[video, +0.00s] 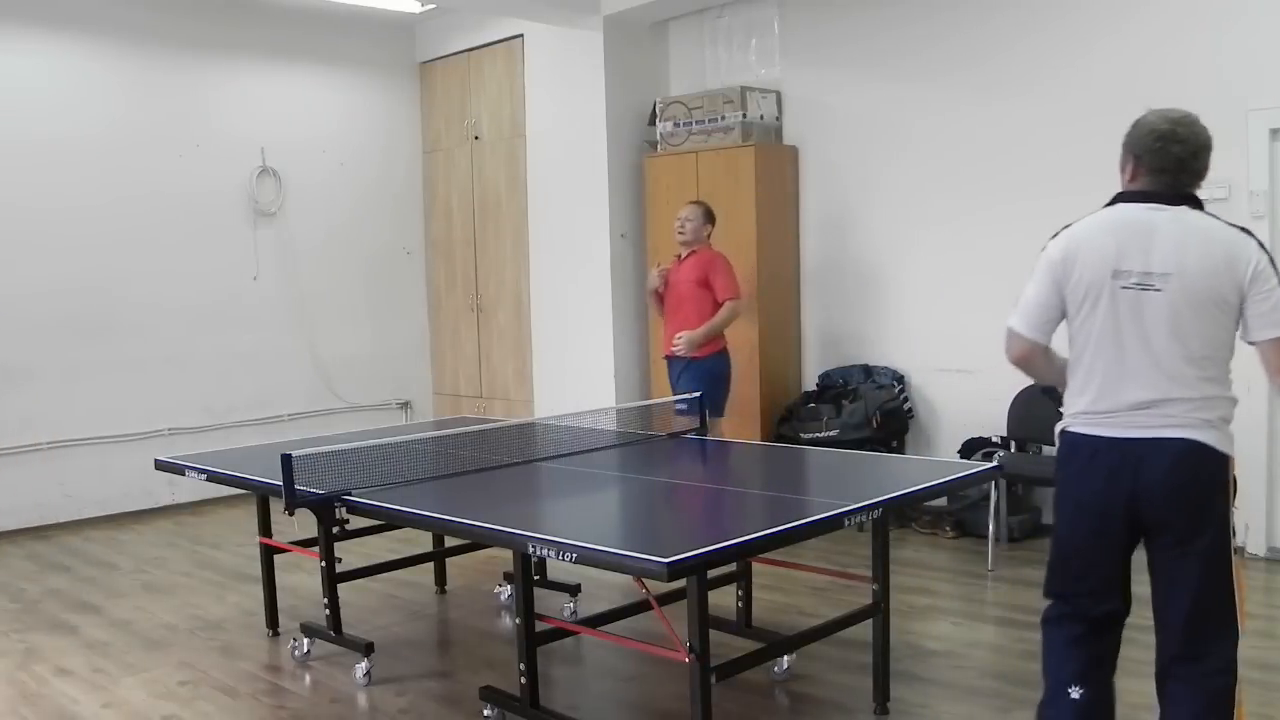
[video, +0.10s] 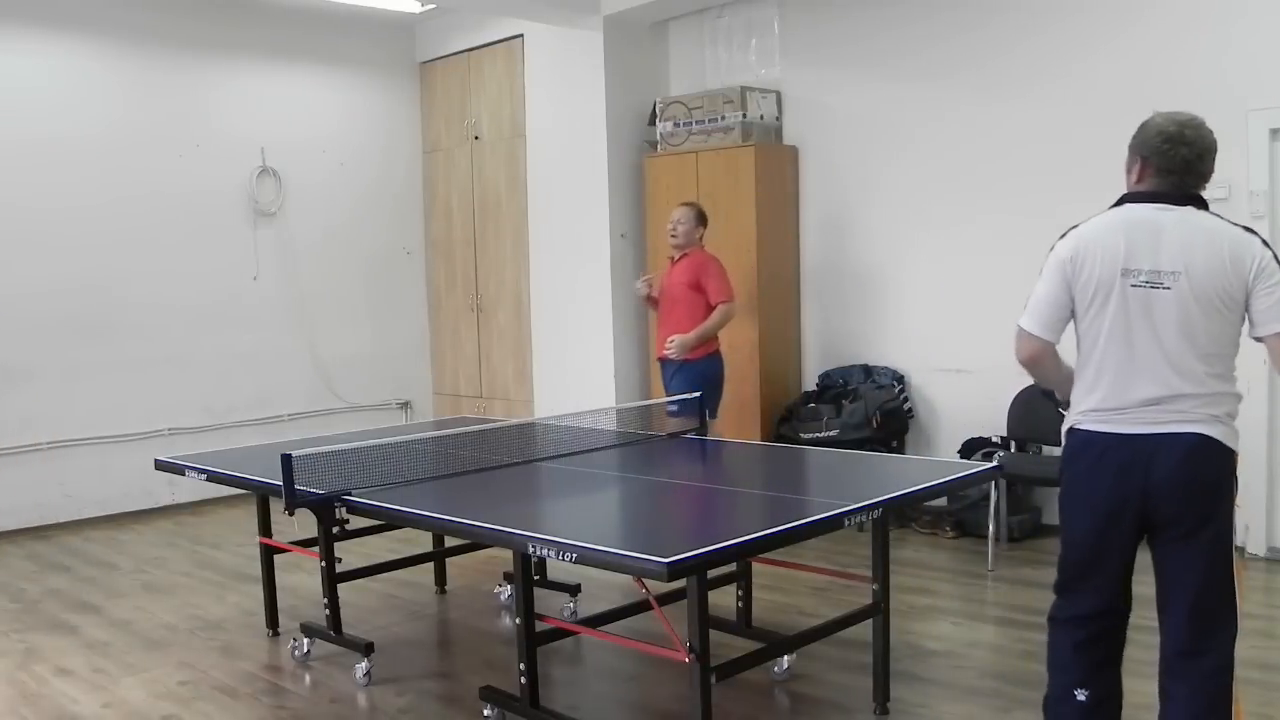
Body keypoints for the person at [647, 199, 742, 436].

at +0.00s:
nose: (680, 224)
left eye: (689, 220)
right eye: (678, 220)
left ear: (707, 229)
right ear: (674, 225)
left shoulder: (714, 260)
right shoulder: (674, 266)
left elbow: (733, 305)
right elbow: (667, 314)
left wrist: (699, 336)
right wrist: (653, 291)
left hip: (706, 361)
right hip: (677, 361)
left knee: (690, 433)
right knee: (707, 432)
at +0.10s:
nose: (672, 227)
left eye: (680, 222)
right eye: (670, 223)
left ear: (699, 231)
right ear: (666, 228)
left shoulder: (707, 263)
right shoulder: (673, 267)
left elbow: (727, 307)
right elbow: (669, 309)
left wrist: (691, 339)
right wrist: (649, 297)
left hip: (697, 364)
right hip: (672, 364)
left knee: (687, 440)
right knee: (687, 441)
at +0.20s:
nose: (663, 230)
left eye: (671, 225)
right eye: (661, 225)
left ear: (690, 234)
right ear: (658, 229)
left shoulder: (695, 265)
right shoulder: (669, 266)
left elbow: (715, 311)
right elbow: (666, 310)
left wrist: (675, 345)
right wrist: (644, 298)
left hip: (688, 369)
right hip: (668, 369)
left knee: (684, 447)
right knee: (680, 447)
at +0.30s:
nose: (654, 230)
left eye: (663, 226)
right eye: (654, 225)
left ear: (682, 235)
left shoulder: (683, 266)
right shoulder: (665, 265)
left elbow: (697, 316)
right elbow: (661, 311)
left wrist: (654, 347)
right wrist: (638, 299)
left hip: (677, 371)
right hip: (661, 369)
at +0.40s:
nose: (648, 225)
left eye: (657, 221)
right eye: (649, 219)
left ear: (676, 231)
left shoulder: (673, 260)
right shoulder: (661, 259)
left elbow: (681, 314)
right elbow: (660, 304)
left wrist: (633, 341)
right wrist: (635, 292)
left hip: (667, 366)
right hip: (656, 364)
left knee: (660, 444)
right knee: (655, 443)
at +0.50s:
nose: (639, 222)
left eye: (647, 218)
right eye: (640, 216)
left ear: (666, 229)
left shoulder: (663, 258)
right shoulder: (652, 256)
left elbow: (667, 314)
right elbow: (650, 298)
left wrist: (618, 336)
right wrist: (627, 285)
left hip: (656, 364)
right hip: (645, 362)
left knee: (649, 442)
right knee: (644, 441)